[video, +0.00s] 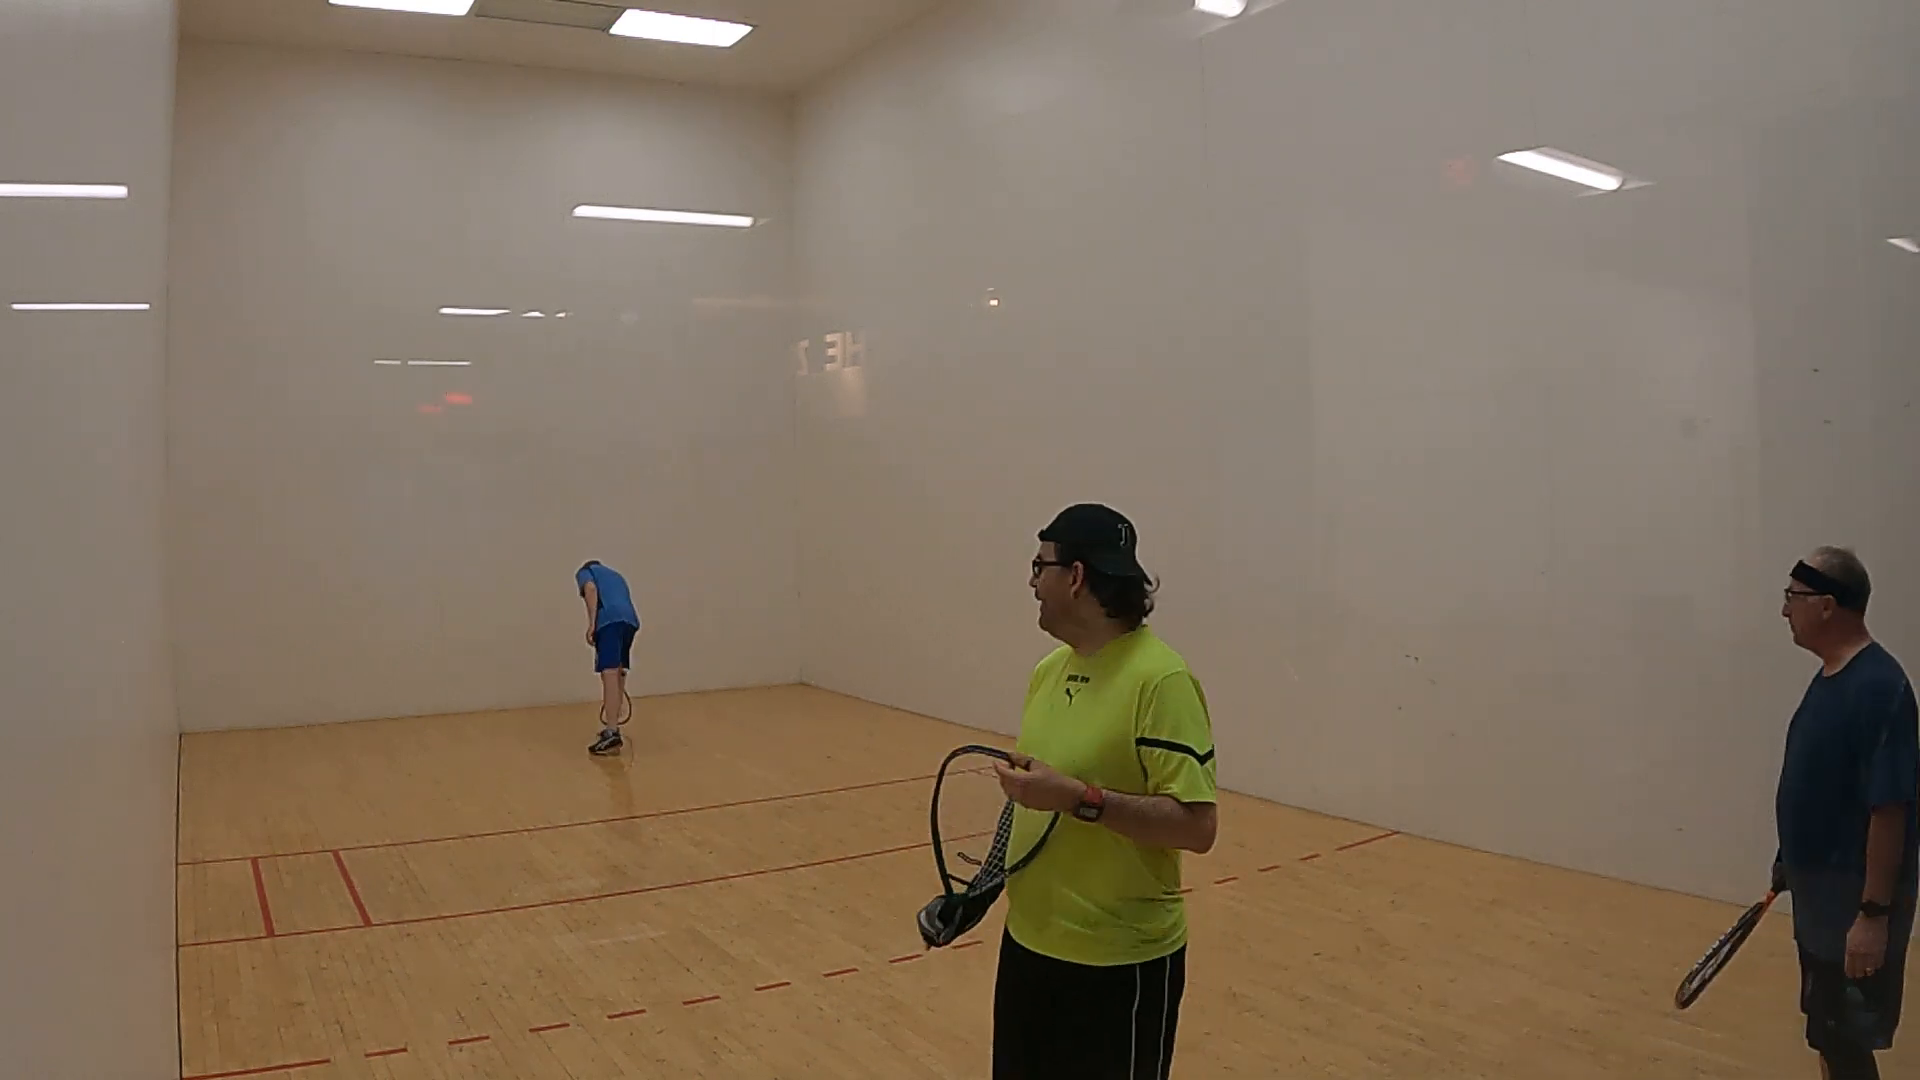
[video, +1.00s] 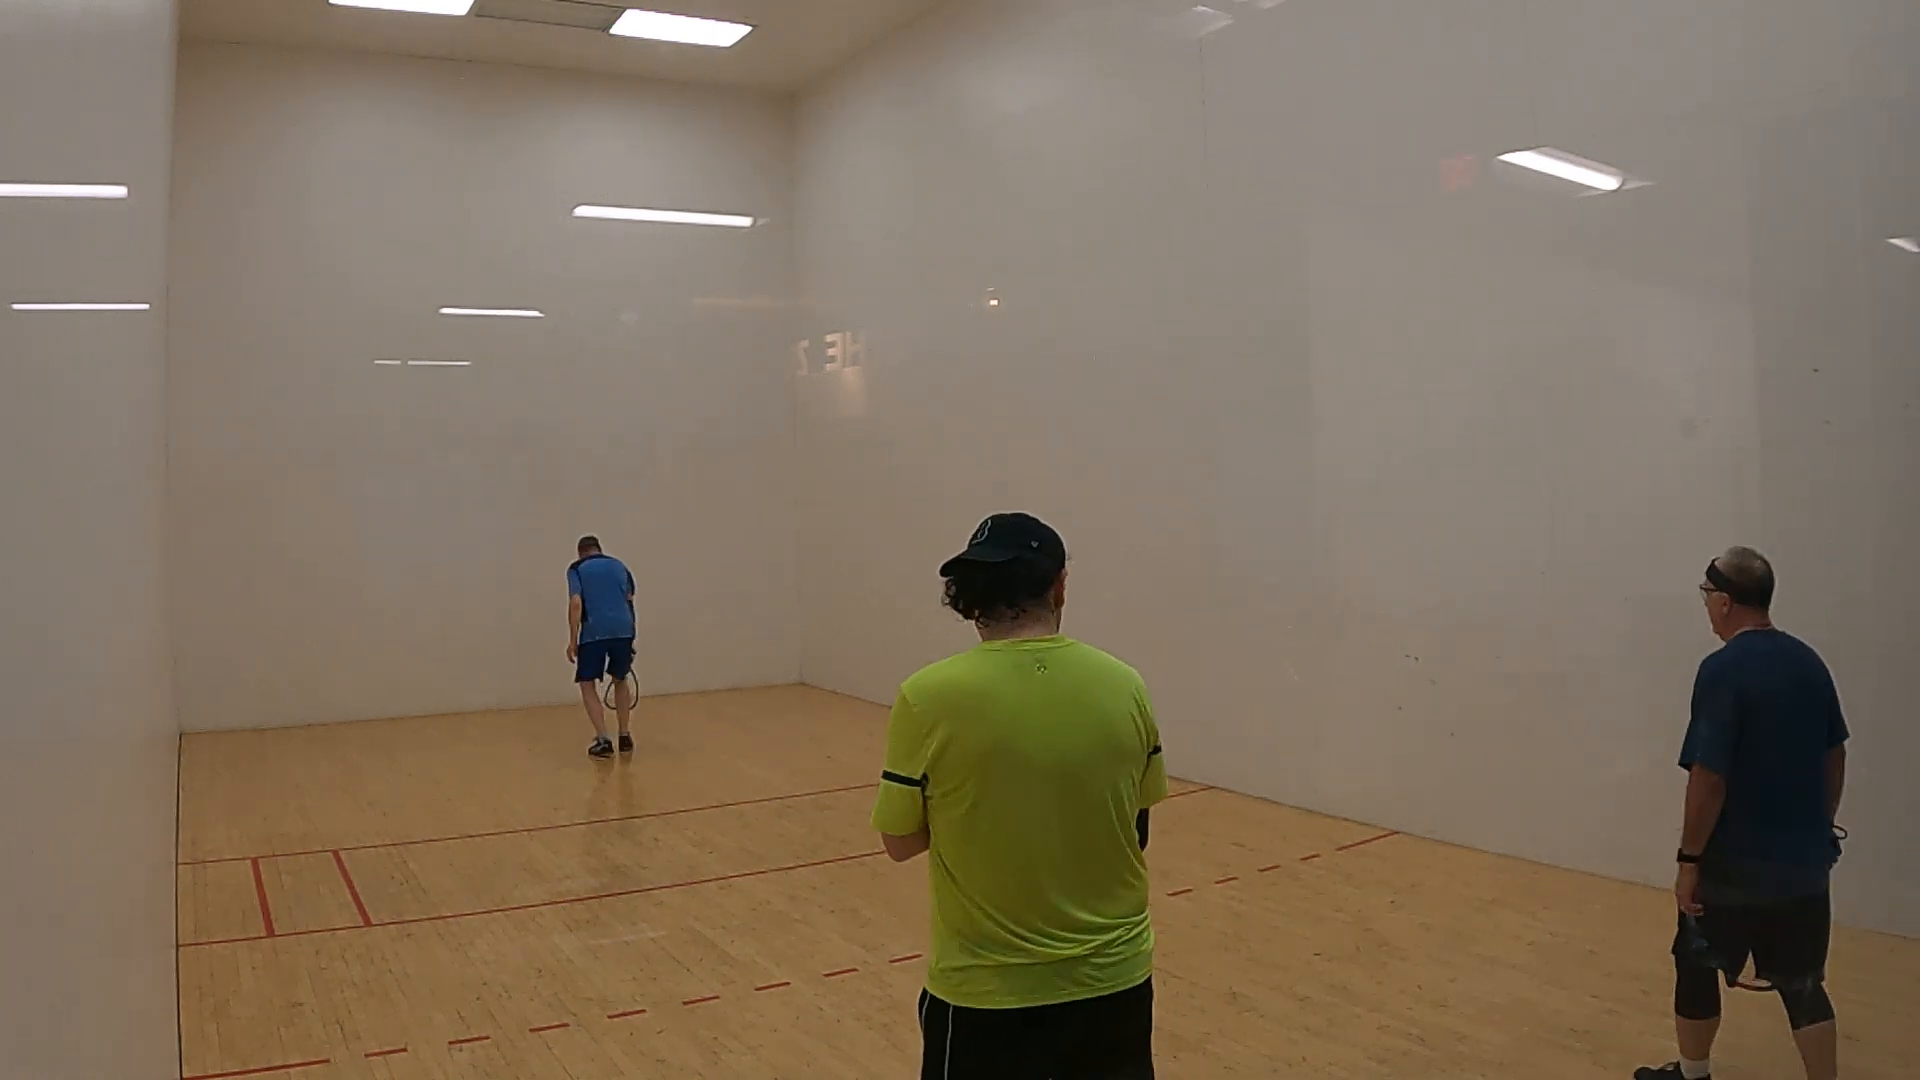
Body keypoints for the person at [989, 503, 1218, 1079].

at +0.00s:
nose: (1031, 583)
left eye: (1040, 567)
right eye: (1035, 567)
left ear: (1076, 578)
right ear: (1076, 578)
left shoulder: (1163, 680)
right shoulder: (1048, 671)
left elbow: (1198, 827)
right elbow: (1028, 811)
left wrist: (1077, 797)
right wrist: (975, 898)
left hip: (1121, 967)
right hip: (1031, 948)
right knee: (1017, 1071)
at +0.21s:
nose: (1006, 591)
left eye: (1008, 574)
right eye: (1007, 575)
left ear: (1028, 581)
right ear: (1084, 581)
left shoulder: (1109, 678)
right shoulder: (1069, 669)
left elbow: (1123, 835)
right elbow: (1051, 813)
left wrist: (998, 798)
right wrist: (976, 893)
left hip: (1074, 965)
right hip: (1041, 950)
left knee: (1048, 1077)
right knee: (1016, 1071)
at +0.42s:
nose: (991, 604)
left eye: (989, 586)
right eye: (990, 587)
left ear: (1004, 589)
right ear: (1070, 584)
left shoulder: (1042, 687)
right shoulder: (1103, 663)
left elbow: (992, 848)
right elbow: (1080, 809)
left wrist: (949, 780)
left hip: (1037, 975)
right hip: (1102, 952)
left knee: (990, 1074)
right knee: (1054, 1071)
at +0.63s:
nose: (969, 605)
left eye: (968, 592)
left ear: (975, 596)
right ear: (1062, 589)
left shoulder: (971, 692)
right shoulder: (1115, 675)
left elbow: (907, 835)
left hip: (1006, 991)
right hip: (1109, 973)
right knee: (1075, 1072)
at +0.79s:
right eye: (1050, 577)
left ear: (957, 602)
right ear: (1048, 588)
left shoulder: (933, 695)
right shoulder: (1107, 678)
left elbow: (895, 838)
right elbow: (1126, 788)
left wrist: (966, 789)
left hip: (988, 1001)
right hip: (1108, 987)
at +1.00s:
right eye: (1065, 578)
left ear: (968, 595)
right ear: (1060, 586)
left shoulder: (929, 696)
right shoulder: (1122, 685)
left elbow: (901, 842)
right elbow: (1137, 824)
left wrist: (975, 792)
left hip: (983, 1014)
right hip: (1112, 1005)